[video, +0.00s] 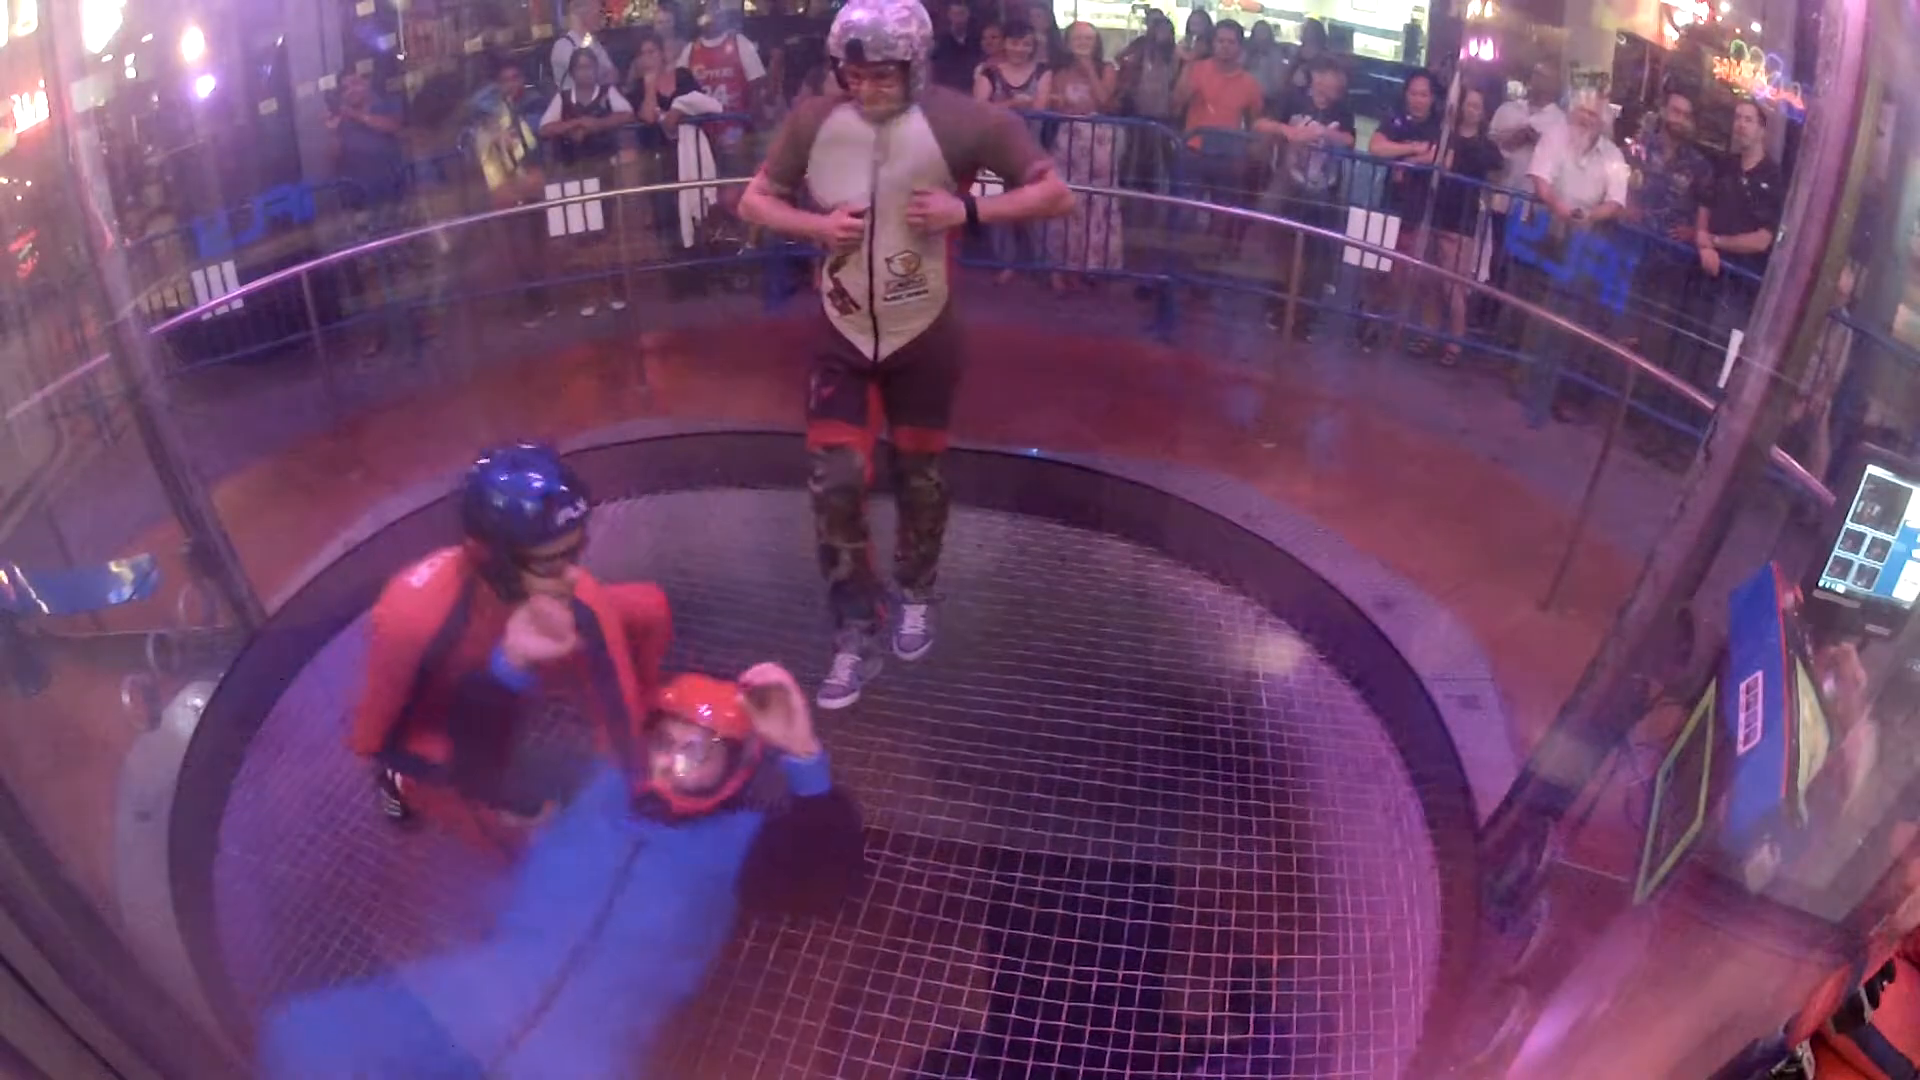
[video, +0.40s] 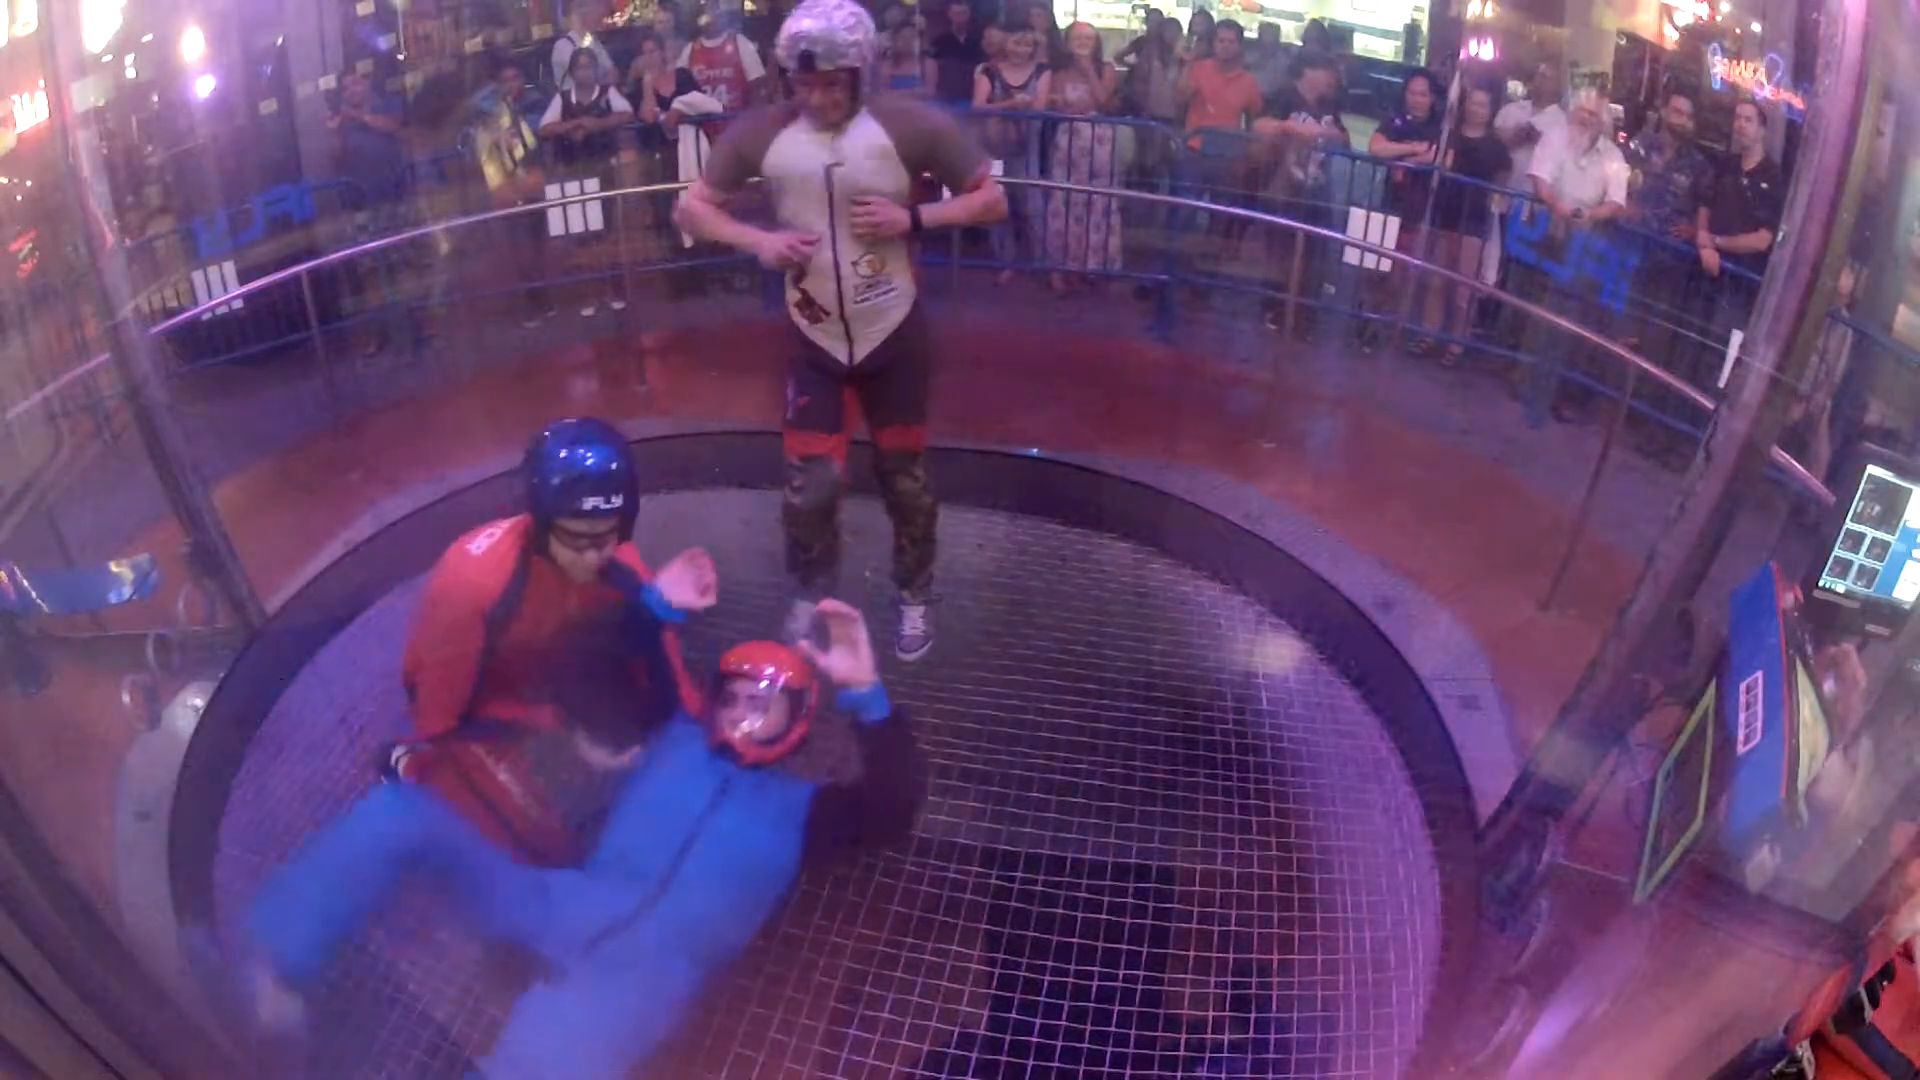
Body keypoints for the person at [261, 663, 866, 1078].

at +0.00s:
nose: (680, 759)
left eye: (703, 749)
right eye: (669, 740)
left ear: (735, 767)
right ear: (647, 739)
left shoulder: (741, 845)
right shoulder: (595, 786)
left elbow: (833, 873)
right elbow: (480, 772)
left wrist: (801, 758)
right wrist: (510, 664)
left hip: (574, 1059)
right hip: (474, 1001)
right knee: (298, 1042)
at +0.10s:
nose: (703, 746)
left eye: (724, 739)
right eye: (692, 729)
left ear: (752, 760)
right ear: (666, 729)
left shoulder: (754, 838)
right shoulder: (609, 767)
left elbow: (842, 851)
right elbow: (509, 734)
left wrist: (819, 739)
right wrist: (554, 657)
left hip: (592, 1035)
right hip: (498, 974)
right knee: (315, 978)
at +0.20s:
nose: (714, 736)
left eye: (737, 727)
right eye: (702, 718)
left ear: (768, 746)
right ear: (677, 717)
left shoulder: (769, 829)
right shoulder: (634, 760)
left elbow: (869, 833)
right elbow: (544, 712)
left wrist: (828, 721)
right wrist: (590, 639)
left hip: (600, 1019)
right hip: (514, 950)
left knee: (553, 1069)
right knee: (334, 921)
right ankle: (311, 1068)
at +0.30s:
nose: (731, 723)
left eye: (751, 714)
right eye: (719, 707)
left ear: (782, 733)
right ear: (697, 709)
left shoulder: (786, 815)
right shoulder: (654, 751)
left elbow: (882, 816)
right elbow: (550, 694)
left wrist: (848, 701)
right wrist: (625, 611)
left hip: (632, 990)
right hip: (545, 930)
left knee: (545, 1068)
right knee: (360, 868)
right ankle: (280, 1050)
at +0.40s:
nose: (751, 708)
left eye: (771, 701)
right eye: (740, 692)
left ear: (797, 723)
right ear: (715, 695)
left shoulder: (798, 800)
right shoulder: (674, 741)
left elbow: (893, 805)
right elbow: (606, 702)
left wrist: (864, 694)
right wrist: (658, 609)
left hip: (649, 968)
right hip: (570, 907)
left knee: (551, 1048)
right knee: (405, 809)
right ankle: (274, 966)